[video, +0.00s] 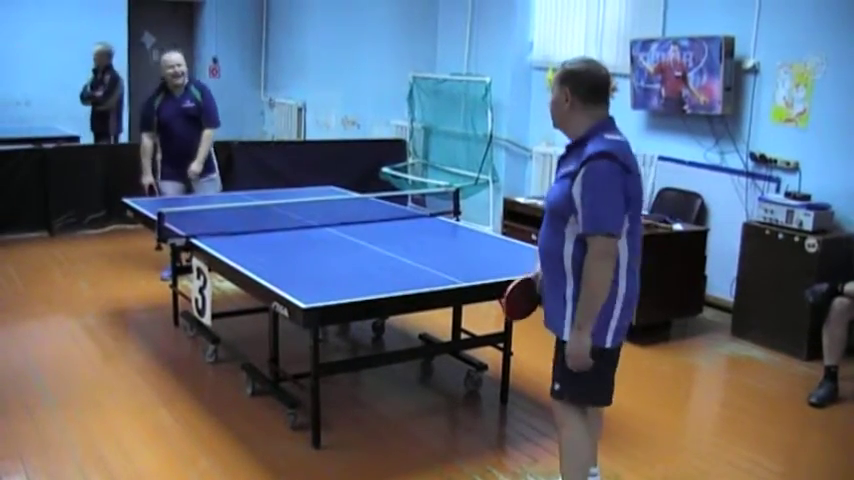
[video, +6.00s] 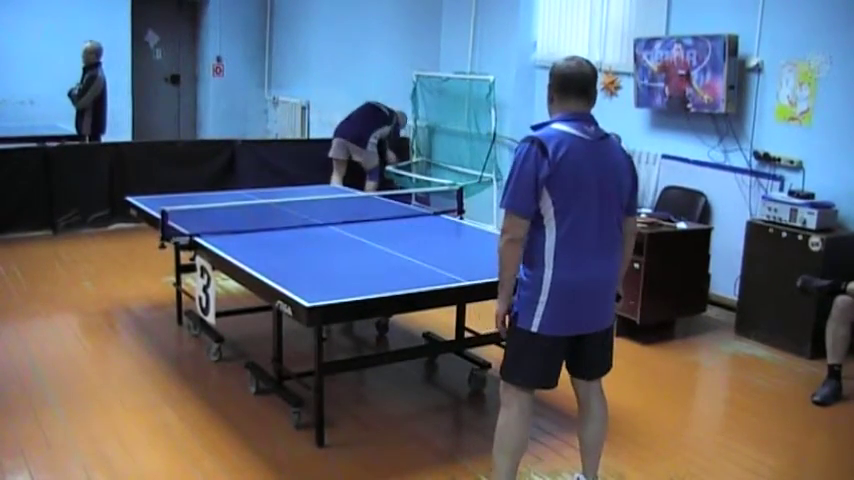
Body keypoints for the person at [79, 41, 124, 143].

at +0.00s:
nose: (96, 59)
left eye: (100, 56)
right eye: (96, 56)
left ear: (108, 58)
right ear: (94, 57)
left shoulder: (114, 78)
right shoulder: (95, 76)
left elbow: (108, 102)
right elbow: (83, 96)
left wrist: (90, 97)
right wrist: (97, 96)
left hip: (110, 127)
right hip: (97, 126)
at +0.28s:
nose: (91, 58)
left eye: (95, 55)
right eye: (90, 54)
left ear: (102, 57)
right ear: (88, 56)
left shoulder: (106, 79)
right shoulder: (89, 77)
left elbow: (97, 103)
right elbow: (78, 93)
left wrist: (82, 96)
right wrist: (86, 96)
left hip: (102, 128)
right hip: (90, 126)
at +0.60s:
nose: (84, 58)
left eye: (88, 54)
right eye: (83, 54)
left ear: (96, 56)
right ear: (82, 55)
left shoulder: (97, 77)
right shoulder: (86, 75)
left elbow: (85, 103)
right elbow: (74, 92)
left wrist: (75, 94)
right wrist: (78, 97)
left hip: (95, 128)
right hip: (85, 127)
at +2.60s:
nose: (84, 57)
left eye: (88, 54)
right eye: (84, 53)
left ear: (97, 57)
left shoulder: (96, 77)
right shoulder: (88, 74)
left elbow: (81, 103)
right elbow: (76, 89)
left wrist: (74, 92)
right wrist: (77, 94)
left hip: (92, 129)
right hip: (85, 128)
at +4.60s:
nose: (85, 57)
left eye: (89, 54)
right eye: (85, 53)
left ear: (97, 56)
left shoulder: (96, 76)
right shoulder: (88, 73)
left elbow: (81, 101)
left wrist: (74, 91)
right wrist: (76, 92)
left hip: (92, 128)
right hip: (85, 127)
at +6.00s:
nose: (83, 56)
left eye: (87, 53)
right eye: (84, 52)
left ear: (95, 55)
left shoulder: (95, 76)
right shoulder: (88, 73)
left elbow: (81, 102)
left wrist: (73, 92)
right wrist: (76, 92)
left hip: (91, 128)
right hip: (85, 127)